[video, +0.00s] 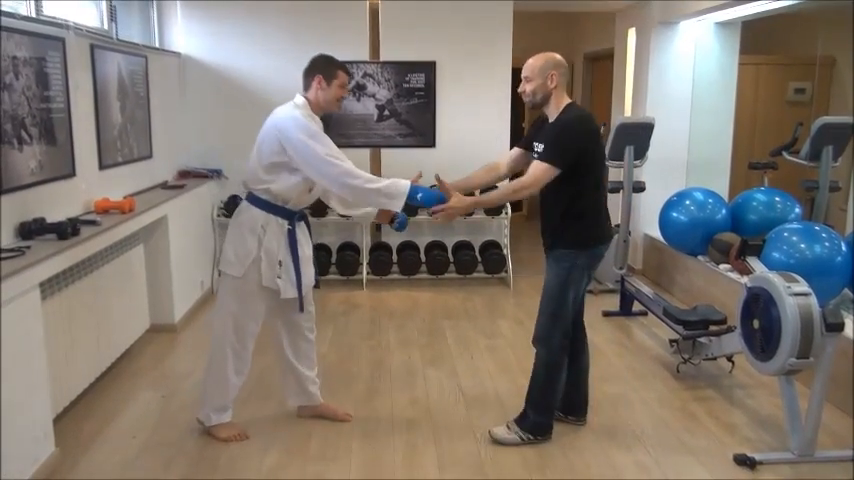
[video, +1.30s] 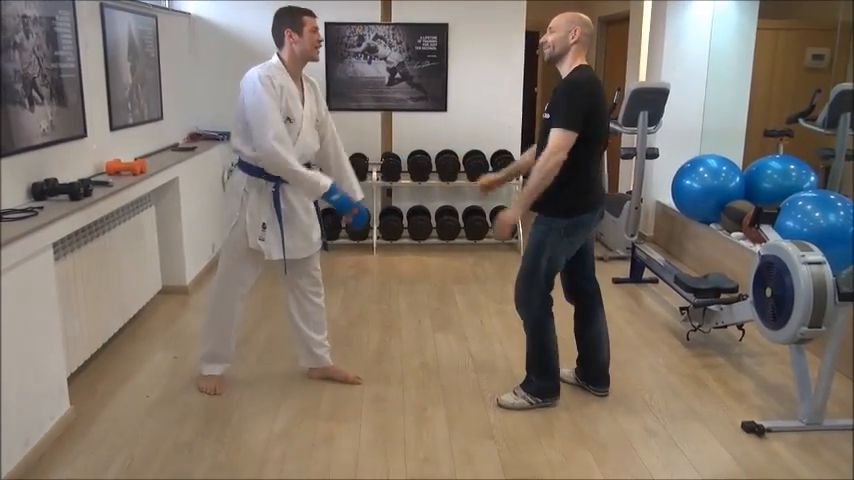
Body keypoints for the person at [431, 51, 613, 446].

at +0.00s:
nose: (521, 87)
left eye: (527, 80)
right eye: (521, 80)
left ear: (553, 81)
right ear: (548, 82)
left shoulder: (574, 123)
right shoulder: (544, 123)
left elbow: (531, 183)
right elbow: (504, 166)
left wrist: (470, 204)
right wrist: (456, 186)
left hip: (580, 243)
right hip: (563, 241)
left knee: (549, 334)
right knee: (569, 325)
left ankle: (535, 424)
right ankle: (573, 406)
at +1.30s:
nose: (542, 39)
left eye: (550, 32)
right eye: (545, 33)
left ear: (575, 37)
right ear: (574, 39)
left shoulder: (575, 86)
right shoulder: (581, 84)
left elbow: (557, 154)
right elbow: (545, 148)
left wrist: (518, 207)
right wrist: (501, 176)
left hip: (562, 212)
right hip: (580, 209)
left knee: (530, 295)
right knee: (583, 293)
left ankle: (540, 388)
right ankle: (594, 375)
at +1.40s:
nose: (544, 44)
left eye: (552, 36)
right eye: (546, 37)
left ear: (577, 40)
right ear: (575, 43)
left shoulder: (576, 88)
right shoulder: (588, 86)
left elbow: (580, 159)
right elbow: (595, 155)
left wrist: (576, 223)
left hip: (562, 212)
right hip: (580, 210)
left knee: (519, 287)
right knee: (591, 297)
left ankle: (536, 383)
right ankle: (596, 378)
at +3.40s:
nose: (515, 90)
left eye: (519, 82)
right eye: (515, 82)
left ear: (544, 80)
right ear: (551, 81)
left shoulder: (531, 116)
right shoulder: (587, 119)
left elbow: (491, 154)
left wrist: (459, 135)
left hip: (534, 238)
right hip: (579, 240)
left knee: (480, 322)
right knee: (588, 323)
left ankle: (440, 403)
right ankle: (612, 413)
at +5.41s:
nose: (658, 45)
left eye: (663, 36)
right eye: (661, 36)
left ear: (682, 41)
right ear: (699, 46)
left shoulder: (643, 81)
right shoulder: (725, 100)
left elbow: (601, 148)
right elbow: (694, 154)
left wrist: (605, 176)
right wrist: (636, 169)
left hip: (629, 209)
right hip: (680, 220)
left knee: (574, 284)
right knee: (686, 310)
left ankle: (575, 386)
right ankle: (704, 413)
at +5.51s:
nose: (652, 63)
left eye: (656, 55)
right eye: (654, 55)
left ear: (678, 60)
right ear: (697, 62)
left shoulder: (643, 110)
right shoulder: (725, 112)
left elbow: (617, 182)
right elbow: (694, 158)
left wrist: (603, 166)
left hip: (641, 234)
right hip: (693, 240)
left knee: (584, 299)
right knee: (702, 328)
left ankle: (599, 404)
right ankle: (724, 432)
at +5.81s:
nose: (610, 52)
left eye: (614, 43)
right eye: (612, 43)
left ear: (635, 43)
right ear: (658, 43)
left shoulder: (614, 87)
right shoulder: (695, 90)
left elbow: (580, 158)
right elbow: (663, 137)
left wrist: (566, 136)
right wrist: (617, 90)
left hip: (615, 219)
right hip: (666, 227)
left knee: (557, 300)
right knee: (672, 325)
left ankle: (548, 406)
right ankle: (685, 432)